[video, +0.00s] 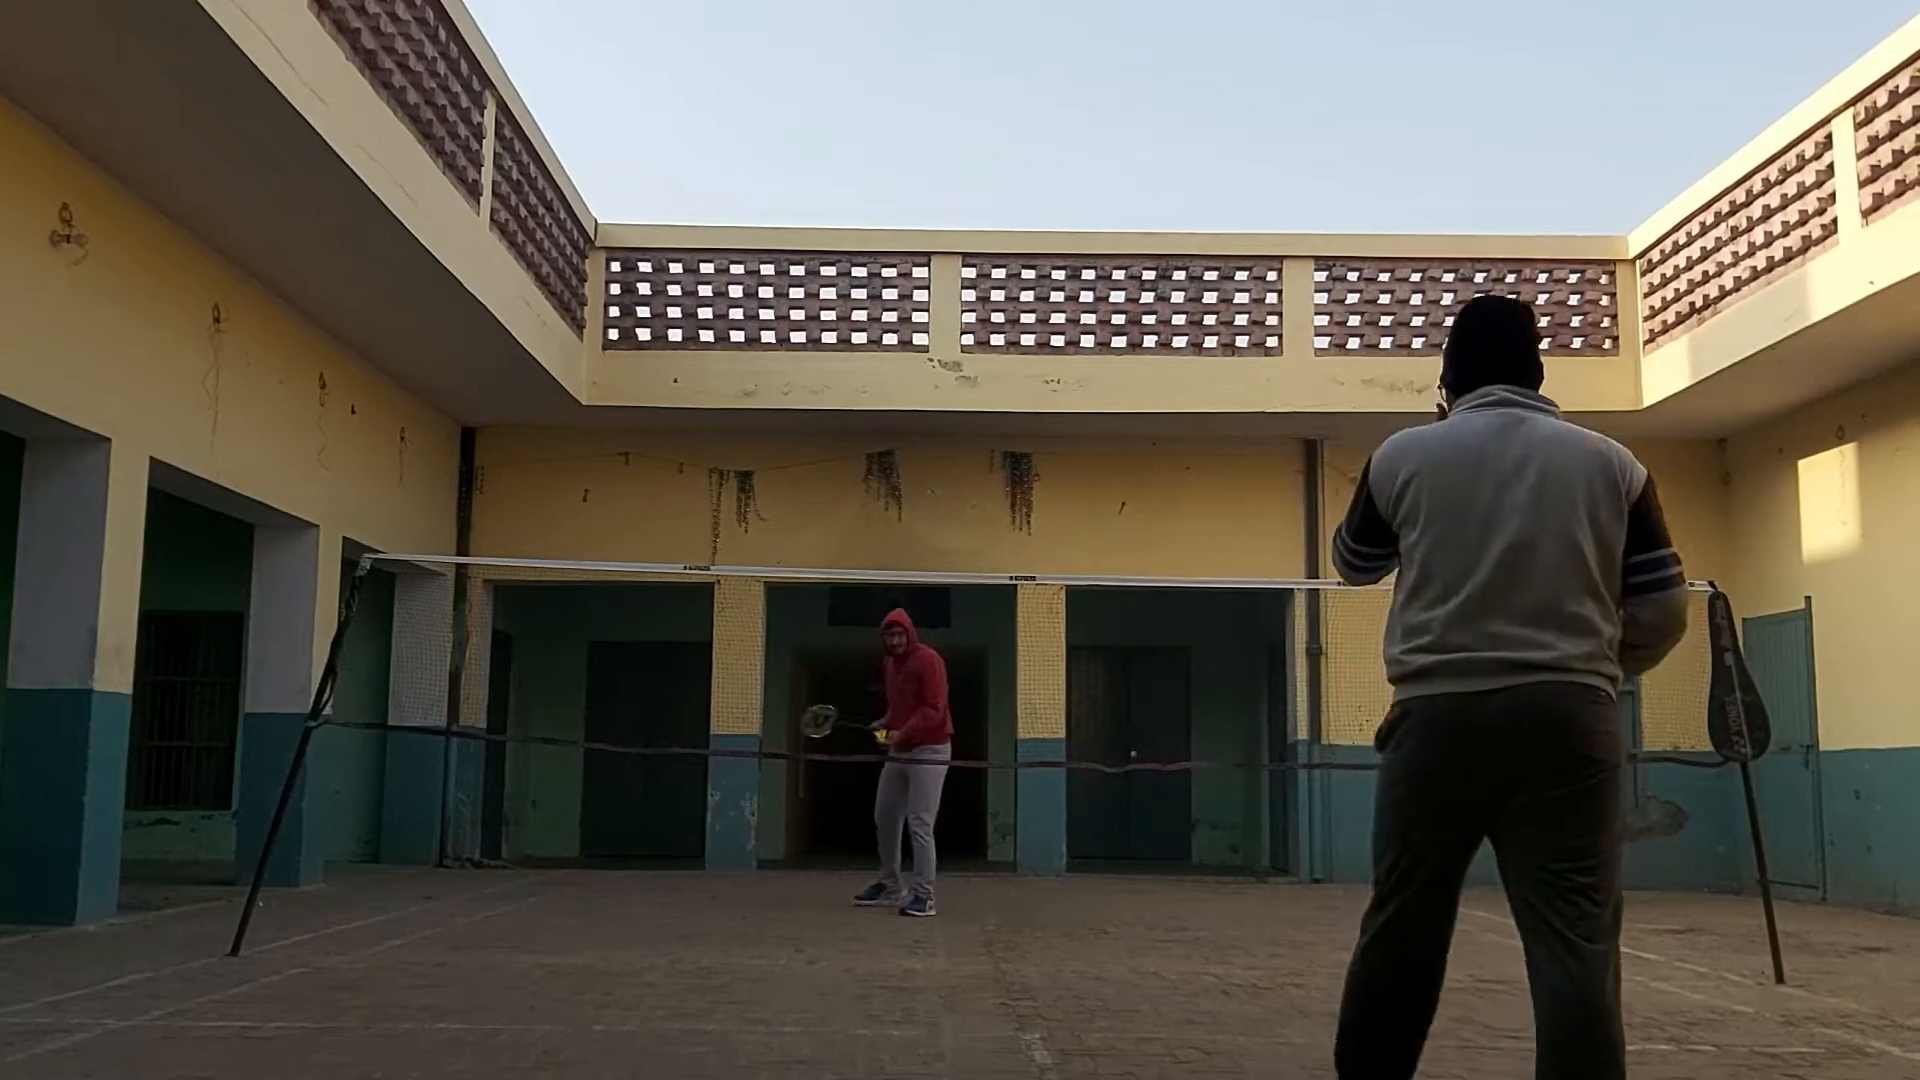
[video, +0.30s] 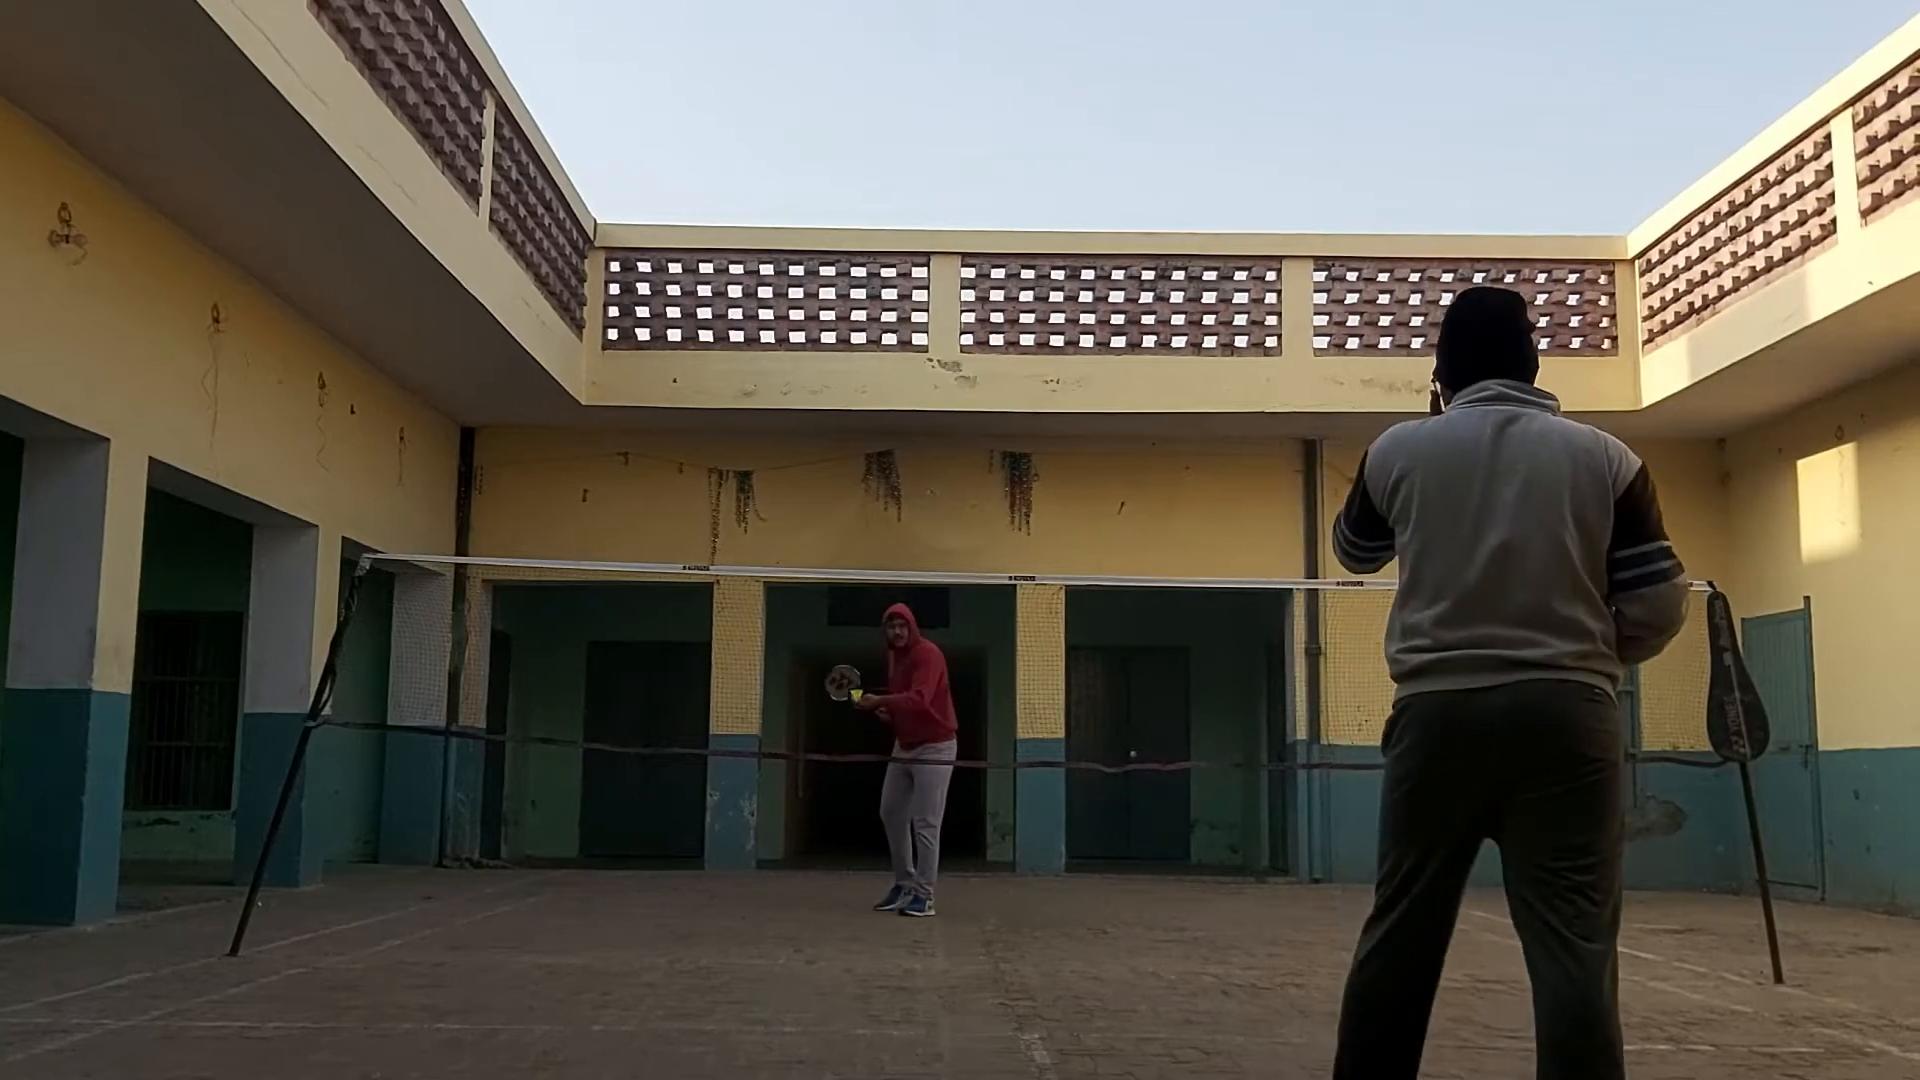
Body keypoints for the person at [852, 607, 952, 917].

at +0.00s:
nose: (894, 639)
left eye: (899, 634)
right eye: (889, 635)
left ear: (910, 635)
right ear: (884, 638)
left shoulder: (928, 660)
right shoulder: (891, 665)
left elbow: (935, 711)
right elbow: (899, 705)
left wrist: (902, 734)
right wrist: (885, 723)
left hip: (929, 751)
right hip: (900, 750)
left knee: (920, 823)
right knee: (886, 817)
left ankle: (923, 895)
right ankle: (889, 884)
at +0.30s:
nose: (897, 631)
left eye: (902, 625)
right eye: (891, 626)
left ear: (912, 627)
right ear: (885, 631)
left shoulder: (928, 653)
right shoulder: (895, 657)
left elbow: (920, 699)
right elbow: (903, 703)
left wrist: (878, 700)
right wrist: (883, 709)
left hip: (935, 747)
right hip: (905, 745)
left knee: (925, 821)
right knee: (892, 813)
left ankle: (923, 894)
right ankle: (904, 885)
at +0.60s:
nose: (893, 633)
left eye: (898, 627)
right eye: (888, 628)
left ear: (909, 629)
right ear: (883, 633)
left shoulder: (925, 653)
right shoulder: (896, 656)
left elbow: (911, 698)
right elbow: (906, 699)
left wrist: (865, 699)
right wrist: (894, 711)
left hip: (936, 747)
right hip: (907, 745)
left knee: (926, 822)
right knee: (893, 812)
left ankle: (923, 895)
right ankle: (903, 884)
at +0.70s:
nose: (892, 633)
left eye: (897, 627)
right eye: (887, 629)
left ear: (909, 629)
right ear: (882, 634)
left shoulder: (925, 653)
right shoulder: (896, 656)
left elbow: (911, 698)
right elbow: (905, 699)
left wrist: (865, 699)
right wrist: (894, 712)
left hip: (936, 747)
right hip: (907, 745)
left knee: (925, 822)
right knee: (893, 813)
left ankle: (923, 895)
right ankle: (903, 885)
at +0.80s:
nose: (892, 633)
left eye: (897, 627)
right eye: (887, 629)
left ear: (909, 629)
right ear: (882, 633)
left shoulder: (925, 653)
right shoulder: (896, 656)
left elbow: (911, 698)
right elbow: (906, 699)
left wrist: (864, 700)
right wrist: (894, 712)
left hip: (936, 747)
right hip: (907, 745)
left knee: (925, 823)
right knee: (894, 812)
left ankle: (923, 895)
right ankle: (903, 885)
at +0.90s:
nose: (891, 632)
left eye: (896, 627)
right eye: (887, 628)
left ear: (908, 629)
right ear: (882, 633)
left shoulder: (924, 653)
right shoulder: (897, 656)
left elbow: (910, 698)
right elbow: (906, 698)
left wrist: (864, 700)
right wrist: (895, 712)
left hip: (936, 748)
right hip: (908, 746)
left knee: (925, 823)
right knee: (894, 813)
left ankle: (924, 896)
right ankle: (903, 885)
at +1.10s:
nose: (888, 633)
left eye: (893, 628)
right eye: (885, 629)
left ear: (908, 628)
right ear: (883, 633)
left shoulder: (925, 653)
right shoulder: (898, 655)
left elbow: (909, 697)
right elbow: (908, 703)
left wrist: (864, 696)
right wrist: (891, 711)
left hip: (937, 747)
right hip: (908, 746)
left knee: (925, 823)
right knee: (894, 813)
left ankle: (924, 895)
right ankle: (903, 885)